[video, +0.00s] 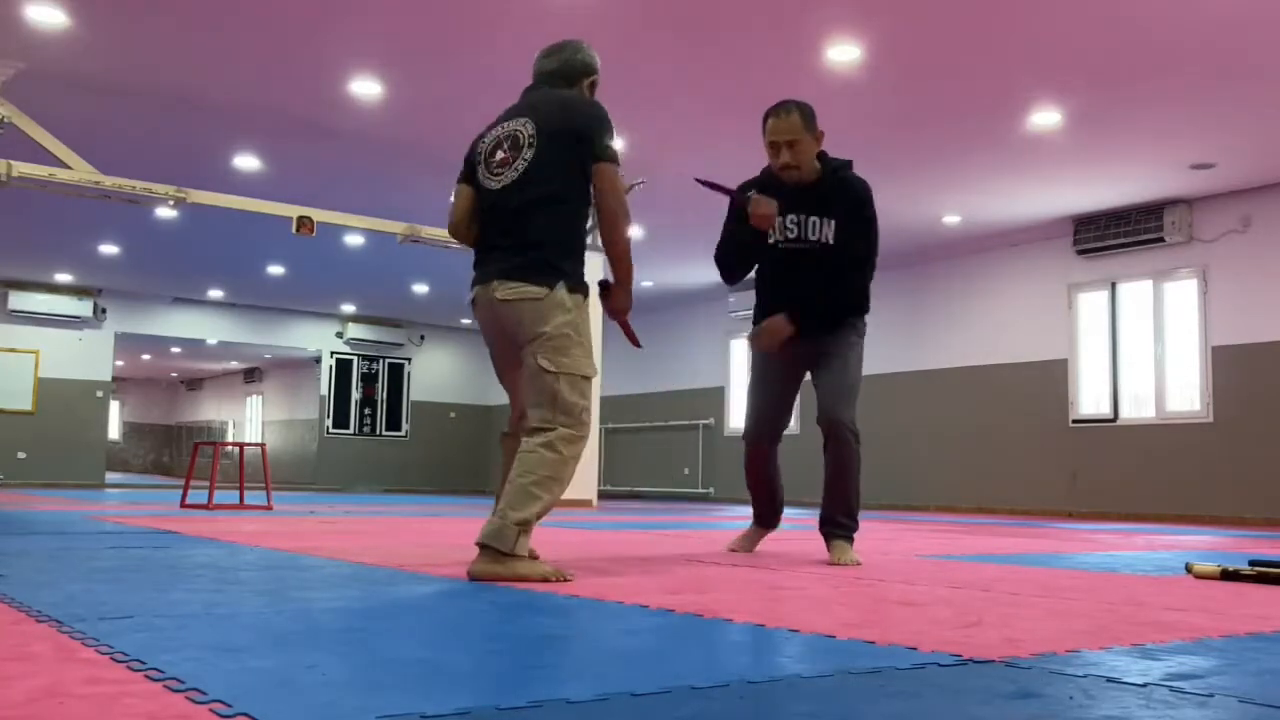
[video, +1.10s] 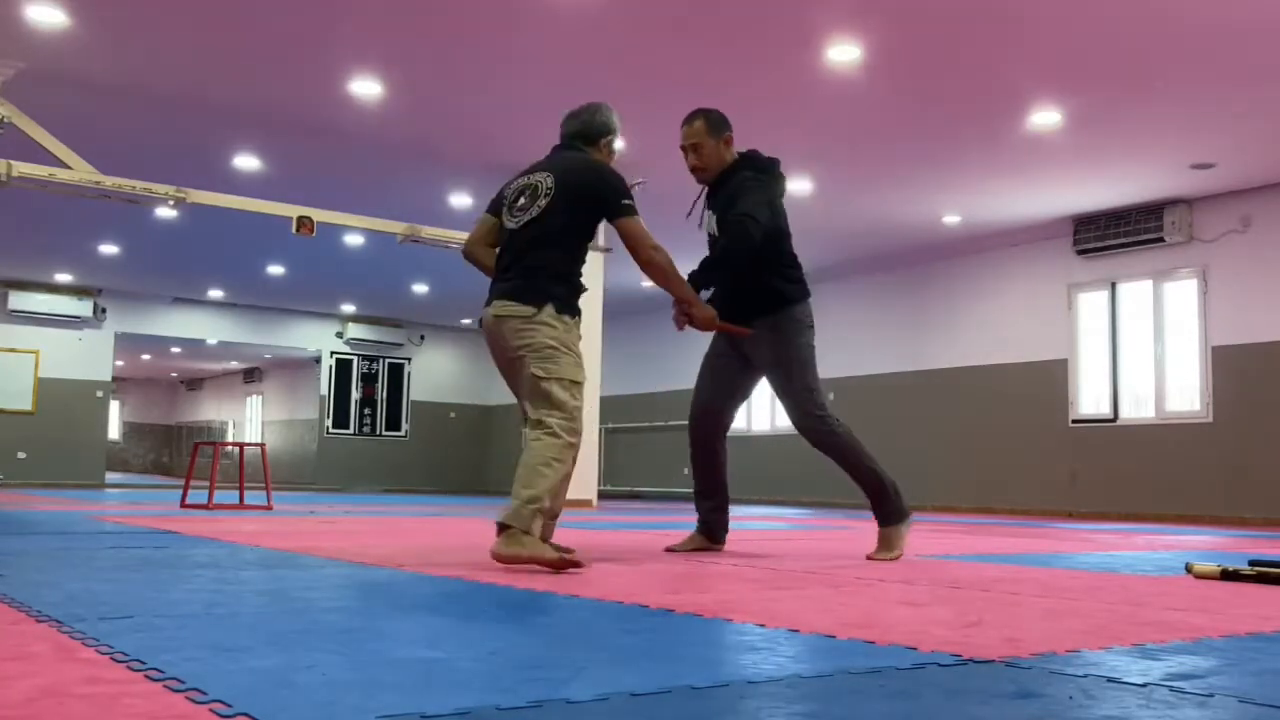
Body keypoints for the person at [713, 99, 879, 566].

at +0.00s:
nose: (783, 158)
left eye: (793, 146)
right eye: (773, 148)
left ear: (818, 141)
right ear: (764, 147)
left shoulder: (851, 193)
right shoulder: (753, 194)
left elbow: (856, 279)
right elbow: (730, 270)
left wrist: (792, 319)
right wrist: (753, 226)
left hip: (838, 327)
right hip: (777, 328)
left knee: (838, 422)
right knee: (758, 434)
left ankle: (839, 535)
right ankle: (765, 519)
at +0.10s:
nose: (793, 161)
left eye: (804, 149)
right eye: (785, 150)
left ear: (828, 144)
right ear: (774, 148)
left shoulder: (861, 192)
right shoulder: (766, 192)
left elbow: (896, 251)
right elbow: (742, 256)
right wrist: (756, 202)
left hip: (840, 332)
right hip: (779, 331)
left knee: (844, 427)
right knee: (758, 432)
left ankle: (837, 535)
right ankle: (747, 518)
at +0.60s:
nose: (769, 158)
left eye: (778, 146)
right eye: (762, 148)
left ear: (807, 142)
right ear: (756, 148)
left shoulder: (849, 191)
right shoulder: (749, 197)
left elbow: (887, 255)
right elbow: (719, 242)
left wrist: (837, 265)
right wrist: (703, 235)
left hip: (834, 333)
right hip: (773, 333)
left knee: (836, 424)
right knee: (743, 429)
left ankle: (833, 536)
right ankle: (730, 522)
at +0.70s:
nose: (758, 159)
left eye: (767, 147)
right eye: (752, 149)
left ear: (797, 140)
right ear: (747, 150)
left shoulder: (840, 187)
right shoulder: (745, 199)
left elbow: (856, 253)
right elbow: (717, 263)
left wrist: (785, 222)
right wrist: (705, 252)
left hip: (833, 330)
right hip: (773, 331)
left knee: (828, 422)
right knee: (734, 424)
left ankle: (834, 536)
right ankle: (729, 520)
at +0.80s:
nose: (749, 161)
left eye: (757, 149)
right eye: (743, 152)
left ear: (787, 141)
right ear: (740, 152)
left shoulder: (827, 180)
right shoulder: (747, 197)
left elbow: (825, 232)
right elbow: (727, 251)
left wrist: (759, 207)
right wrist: (707, 286)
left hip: (830, 329)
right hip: (772, 330)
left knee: (822, 423)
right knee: (725, 422)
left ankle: (834, 537)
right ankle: (725, 525)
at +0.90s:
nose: (732, 160)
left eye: (738, 147)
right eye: (725, 150)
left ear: (769, 139)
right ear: (723, 151)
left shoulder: (808, 181)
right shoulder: (737, 201)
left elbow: (788, 229)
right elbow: (727, 261)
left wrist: (718, 222)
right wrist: (705, 310)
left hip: (819, 325)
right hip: (763, 328)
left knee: (815, 421)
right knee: (724, 423)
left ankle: (833, 538)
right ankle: (709, 531)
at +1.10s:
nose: (690, 160)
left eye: (697, 149)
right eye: (685, 151)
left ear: (726, 143)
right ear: (687, 152)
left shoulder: (751, 184)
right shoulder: (721, 191)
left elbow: (742, 243)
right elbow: (727, 257)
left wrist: (691, 285)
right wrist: (704, 301)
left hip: (781, 321)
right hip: (737, 326)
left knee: (814, 422)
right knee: (705, 421)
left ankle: (893, 515)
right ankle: (711, 530)